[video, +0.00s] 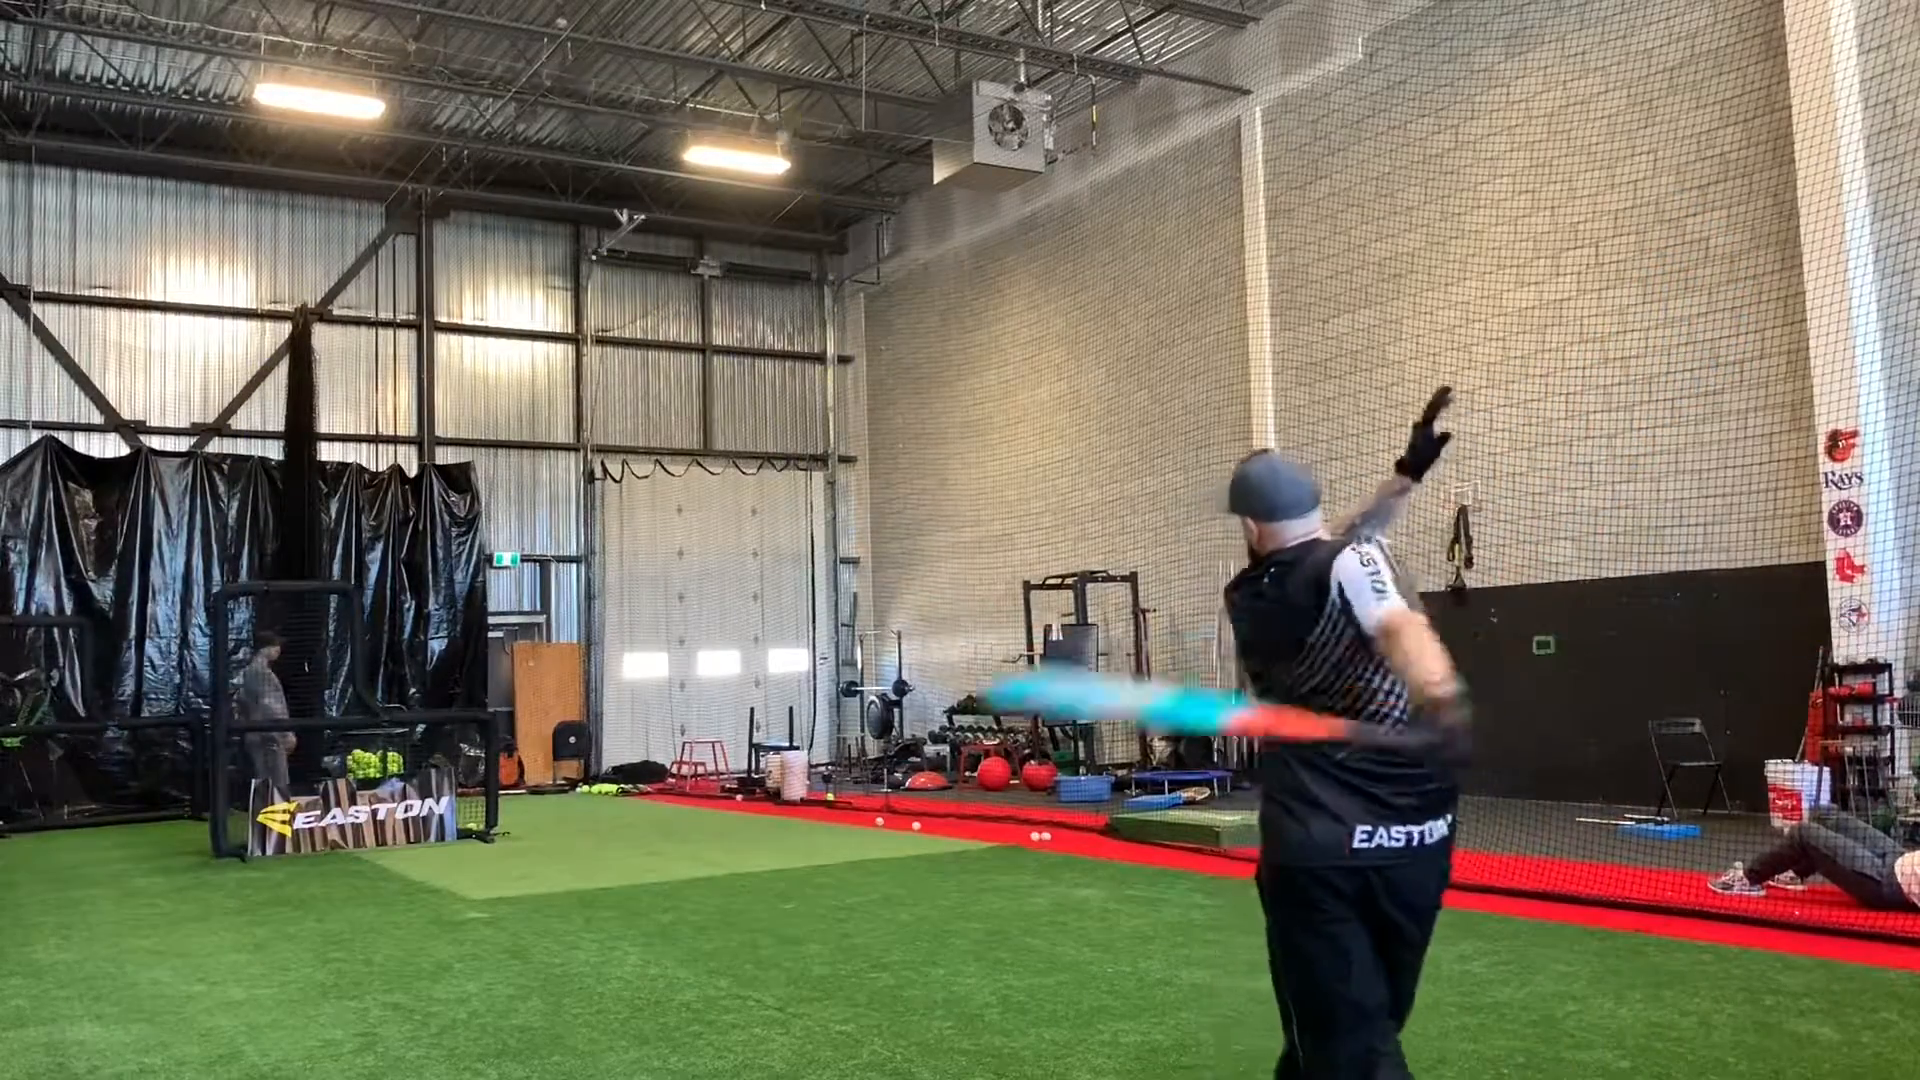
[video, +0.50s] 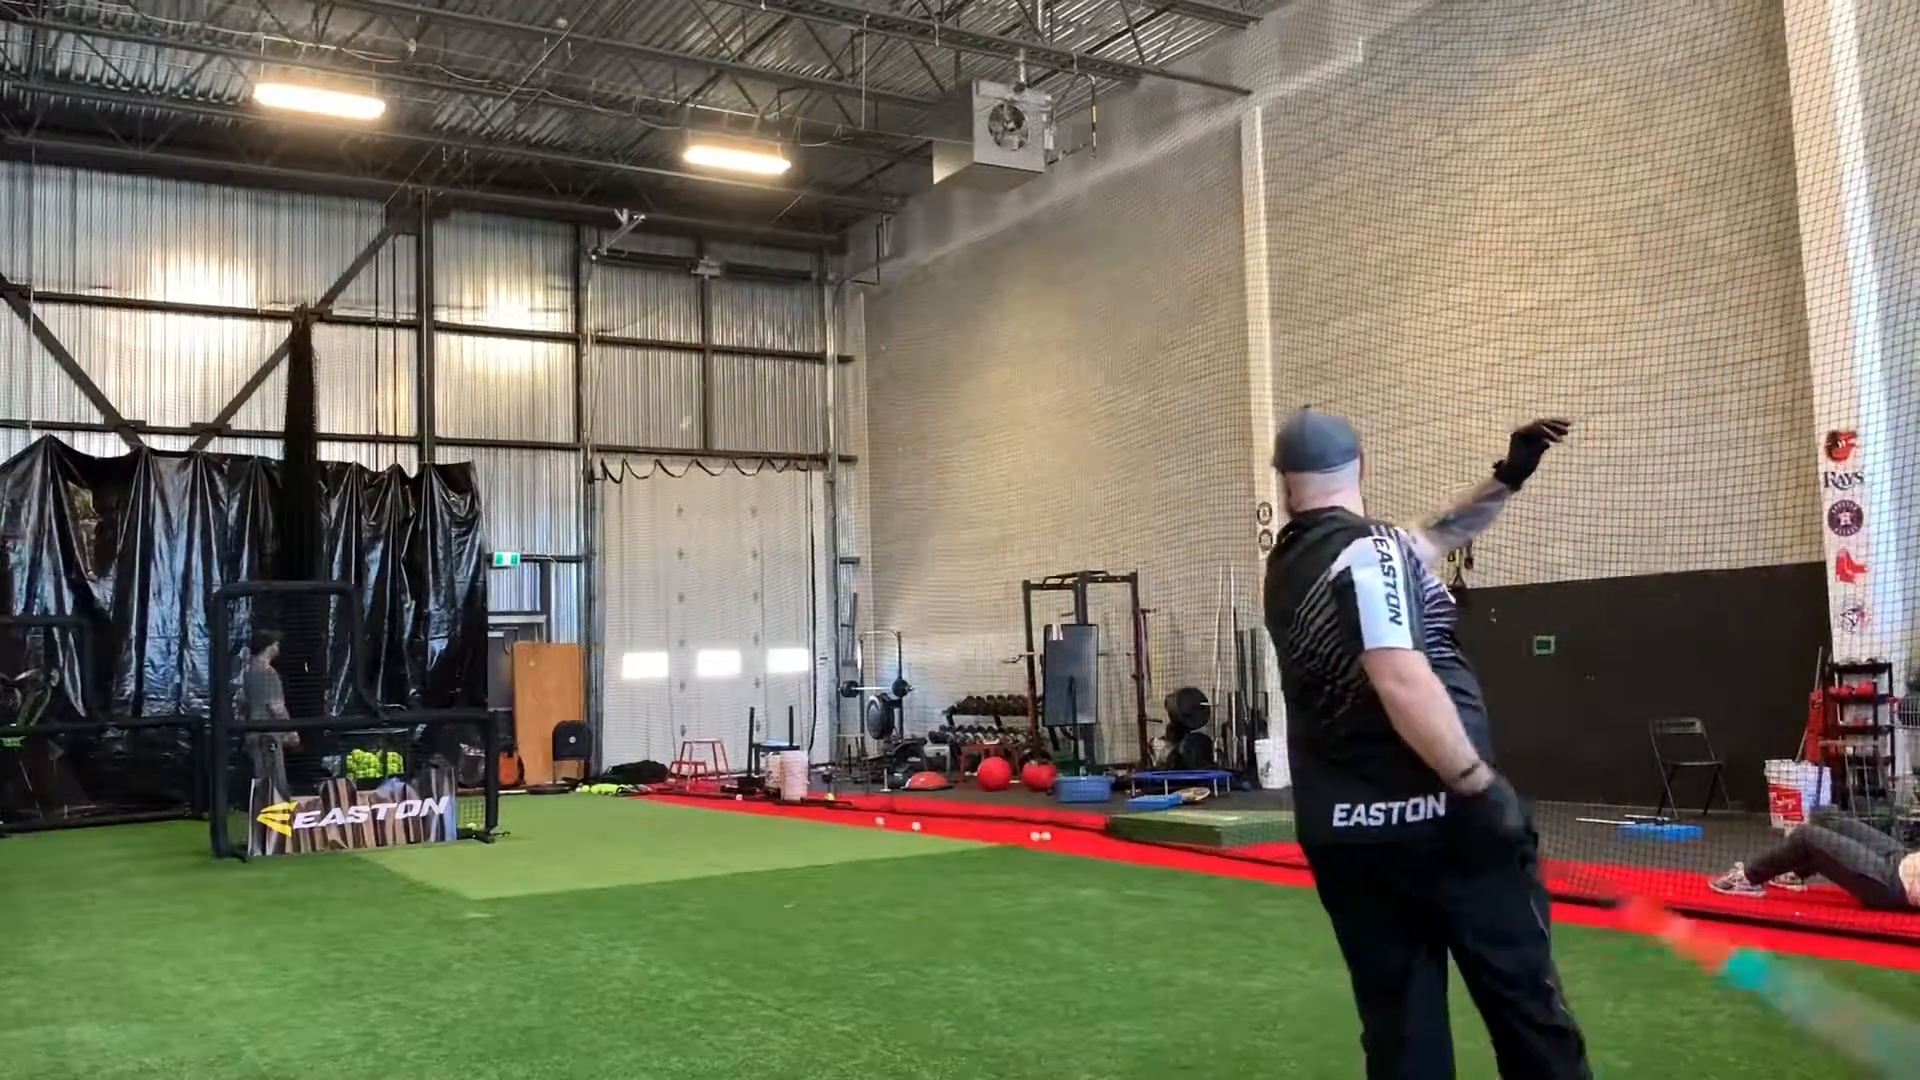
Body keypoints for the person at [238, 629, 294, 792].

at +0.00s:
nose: (278, 652)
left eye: (278, 648)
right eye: (276, 648)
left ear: (262, 649)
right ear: (267, 648)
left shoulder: (249, 671)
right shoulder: (262, 672)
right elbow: (272, 705)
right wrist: (286, 732)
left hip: (255, 731)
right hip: (269, 732)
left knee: (263, 778)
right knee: (278, 778)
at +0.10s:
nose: (274, 651)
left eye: (274, 647)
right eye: (273, 647)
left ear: (257, 648)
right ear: (267, 648)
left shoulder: (246, 672)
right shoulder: (269, 672)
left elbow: (240, 700)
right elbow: (278, 704)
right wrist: (289, 731)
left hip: (253, 726)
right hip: (273, 724)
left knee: (261, 772)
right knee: (280, 773)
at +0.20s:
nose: (274, 650)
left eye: (274, 646)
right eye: (273, 646)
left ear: (257, 647)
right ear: (267, 647)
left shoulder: (247, 672)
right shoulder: (270, 671)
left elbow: (241, 698)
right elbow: (278, 702)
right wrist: (291, 725)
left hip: (254, 726)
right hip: (273, 725)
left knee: (261, 773)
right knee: (279, 774)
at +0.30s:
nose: (275, 649)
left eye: (275, 645)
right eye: (273, 645)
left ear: (257, 647)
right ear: (267, 647)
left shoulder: (247, 671)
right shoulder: (270, 671)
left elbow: (240, 699)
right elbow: (279, 703)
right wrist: (292, 726)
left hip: (253, 727)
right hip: (273, 726)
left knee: (261, 773)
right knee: (278, 774)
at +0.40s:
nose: (276, 649)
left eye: (276, 645)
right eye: (274, 645)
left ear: (258, 647)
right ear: (267, 647)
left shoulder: (247, 671)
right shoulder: (270, 672)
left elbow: (241, 699)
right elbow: (278, 704)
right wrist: (292, 727)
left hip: (253, 727)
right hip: (272, 726)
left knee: (260, 773)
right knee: (277, 774)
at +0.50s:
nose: (278, 649)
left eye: (277, 645)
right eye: (275, 645)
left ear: (257, 647)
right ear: (268, 647)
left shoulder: (248, 671)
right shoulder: (269, 673)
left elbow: (242, 698)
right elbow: (276, 705)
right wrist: (290, 730)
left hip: (252, 726)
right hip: (270, 726)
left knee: (260, 773)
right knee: (276, 773)